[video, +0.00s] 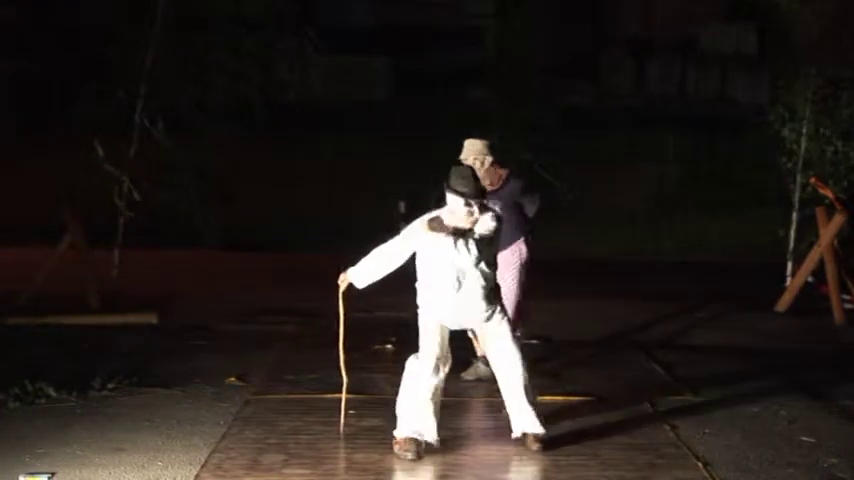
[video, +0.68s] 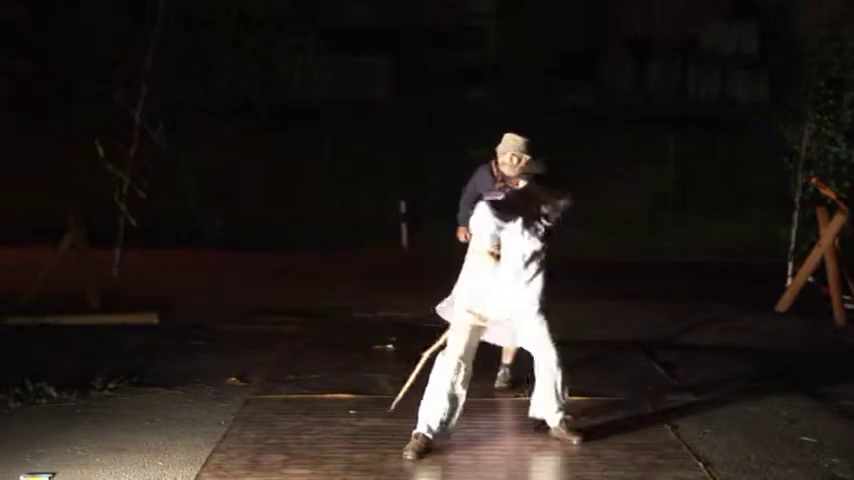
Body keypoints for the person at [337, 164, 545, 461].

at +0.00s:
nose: (470, 211)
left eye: (475, 204)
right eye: (464, 204)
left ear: (480, 202)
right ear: (450, 200)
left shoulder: (487, 220)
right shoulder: (426, 226)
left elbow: (489, 225)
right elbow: (391, 252)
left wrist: (451, 225)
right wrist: (355, 275)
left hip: (482, 309)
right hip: (436, 312)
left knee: (511, 363)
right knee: (429, 364)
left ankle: (528, 429)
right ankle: (409, 433)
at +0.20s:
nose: (492, 217)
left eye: (495, 210)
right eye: (485, 211)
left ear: (498, 208)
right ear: (467, 207)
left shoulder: (503, 237)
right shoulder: (438, 232)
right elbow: (389, 252)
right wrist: (352, 283)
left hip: (477, 302)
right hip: (433, 303)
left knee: (514, 356)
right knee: (426, 363)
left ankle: (529, 425)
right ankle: (411, 436)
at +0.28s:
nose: (501, 215)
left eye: (502, 208)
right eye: (495, 209)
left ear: (503, 207)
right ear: (473, 205)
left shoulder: (502, 228)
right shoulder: (441, 229)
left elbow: (531, 239)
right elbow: (391, 250)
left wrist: (537, 255)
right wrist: (365, 285)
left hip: (479, 306)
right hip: (435, 309)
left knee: (517, 353)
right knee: (427, 365)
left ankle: (534, 426)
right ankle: (408, 438)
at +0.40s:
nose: (511, 206)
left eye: (513, 200)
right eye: (505, 199)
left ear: (515, 196)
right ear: (486, 194)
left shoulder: (517, 219)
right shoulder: (457, 219)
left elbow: (566, 206)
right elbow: (407, 232)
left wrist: (615, 194)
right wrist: (398, 275)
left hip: (490, 305)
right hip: (444, 305)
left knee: (517, 358)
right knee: (432, 365)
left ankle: (535, 424)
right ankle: (409, 437)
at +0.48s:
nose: (529, 200)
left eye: (530, 194)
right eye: (523, 195)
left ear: (531, 191)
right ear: (503, 193)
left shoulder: (535, 210)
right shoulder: (473, 213)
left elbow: (581, 182)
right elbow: (424, 220)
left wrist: (622, 164)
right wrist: (420, 265)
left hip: (495, 301)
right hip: (450, 298)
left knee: (520, 359)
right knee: (435, 361)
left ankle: (544, 421)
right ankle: (413, 434)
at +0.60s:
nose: (509, 170)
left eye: (517, 166)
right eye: (505, 163)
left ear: (528, 170)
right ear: (496, 165)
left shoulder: (538, 211)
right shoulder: (477, 202)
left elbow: (551, 196)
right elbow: (454, 217)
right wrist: (458, 253)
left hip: (512, 296)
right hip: (466, 291)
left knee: (535, 355)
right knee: (444, 356)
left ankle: (555, 420)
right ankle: (422, 430)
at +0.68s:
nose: (524, 188)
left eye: (529, 183)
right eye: (521, 183)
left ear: (534, 182)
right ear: (510, 181)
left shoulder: (542, 223)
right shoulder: (488, 210)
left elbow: (563, 206)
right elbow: (471, 268)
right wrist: (457, 311)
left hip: (521, 304)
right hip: (475, 298)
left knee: (548, 356)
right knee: (453, 358)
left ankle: (554, 417)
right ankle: (425, 430)